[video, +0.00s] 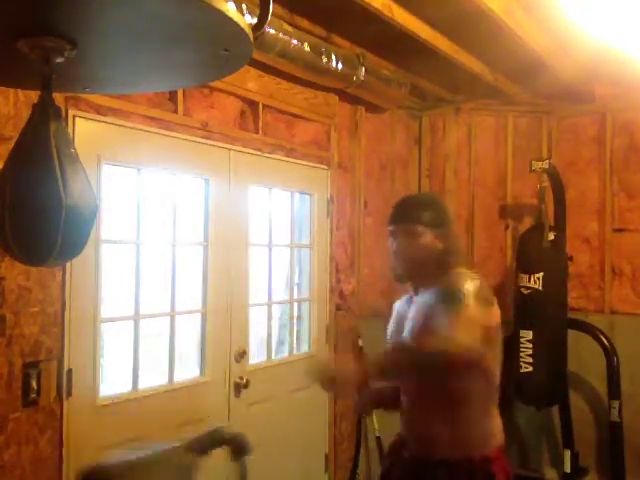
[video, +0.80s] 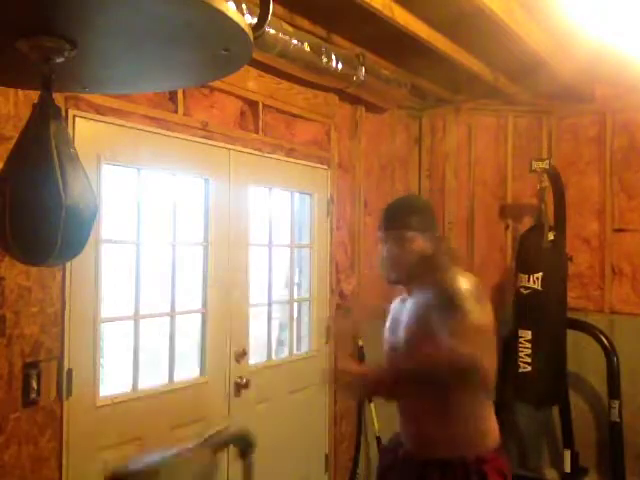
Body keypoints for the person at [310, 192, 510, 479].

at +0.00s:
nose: (395, 248)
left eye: (407, 236)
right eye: (393, 237)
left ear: (436, 239)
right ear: (389, 241)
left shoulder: (465, 290)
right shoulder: (402, 307)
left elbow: (452, 355)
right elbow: (412, 389)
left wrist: (368, 368)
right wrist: (369, 395)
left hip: (470, 462)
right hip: (418, 458)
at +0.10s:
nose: (408, 247)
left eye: (422, 235)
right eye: (404, 235)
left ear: (450, 239)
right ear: (399, 240)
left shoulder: (485, 297)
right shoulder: (404, 306)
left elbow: (532, 377)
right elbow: (400, 379)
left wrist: (447, 398)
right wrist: (372, 371)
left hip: (477, 462)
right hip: (417, 459)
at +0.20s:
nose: (424, 244)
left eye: (437, 232)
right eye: (418, 233)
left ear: (464, 237)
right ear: (410, 237)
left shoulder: (505, 303)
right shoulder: (393, 300)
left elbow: (548, 388)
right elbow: (348, 356)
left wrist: (476, 410)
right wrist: (338, 335)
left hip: (479, 462)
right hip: (414, 461)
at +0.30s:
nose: (422, 243)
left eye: (437, 232)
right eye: (415, 232)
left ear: (466, 238)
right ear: (409, 237)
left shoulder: (504, 305)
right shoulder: (390, 294)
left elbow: (544, 388)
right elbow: (342, 341)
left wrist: (486, 394)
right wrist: (346, 326)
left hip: (477, 463)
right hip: (406, 462)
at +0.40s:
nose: (418, 246)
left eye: (432, 234)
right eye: (410, 235)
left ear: (459, 239)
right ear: (404, 238)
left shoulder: (498, 306)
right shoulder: (382, 296)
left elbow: (539, 391)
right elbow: (345, 363)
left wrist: (475, 373)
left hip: (471, 462)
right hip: (401, 462)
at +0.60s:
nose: (388, 248)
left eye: (400, 237)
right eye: (385, 237)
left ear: (426, 237)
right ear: (381, 239)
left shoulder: (459, 288)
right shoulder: (386, 300)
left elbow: (412, 324)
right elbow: (387, 370)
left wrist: (318, 326)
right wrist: (370, 404)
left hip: (462, 459)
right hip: (405, 453)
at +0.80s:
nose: (385, 254)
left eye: (394, 243)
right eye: (385, 243)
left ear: (421, 243)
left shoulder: (457, 292)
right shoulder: (399, 305)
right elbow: (401, 375)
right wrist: (365, 380)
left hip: (467, 462)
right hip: (417, 457)